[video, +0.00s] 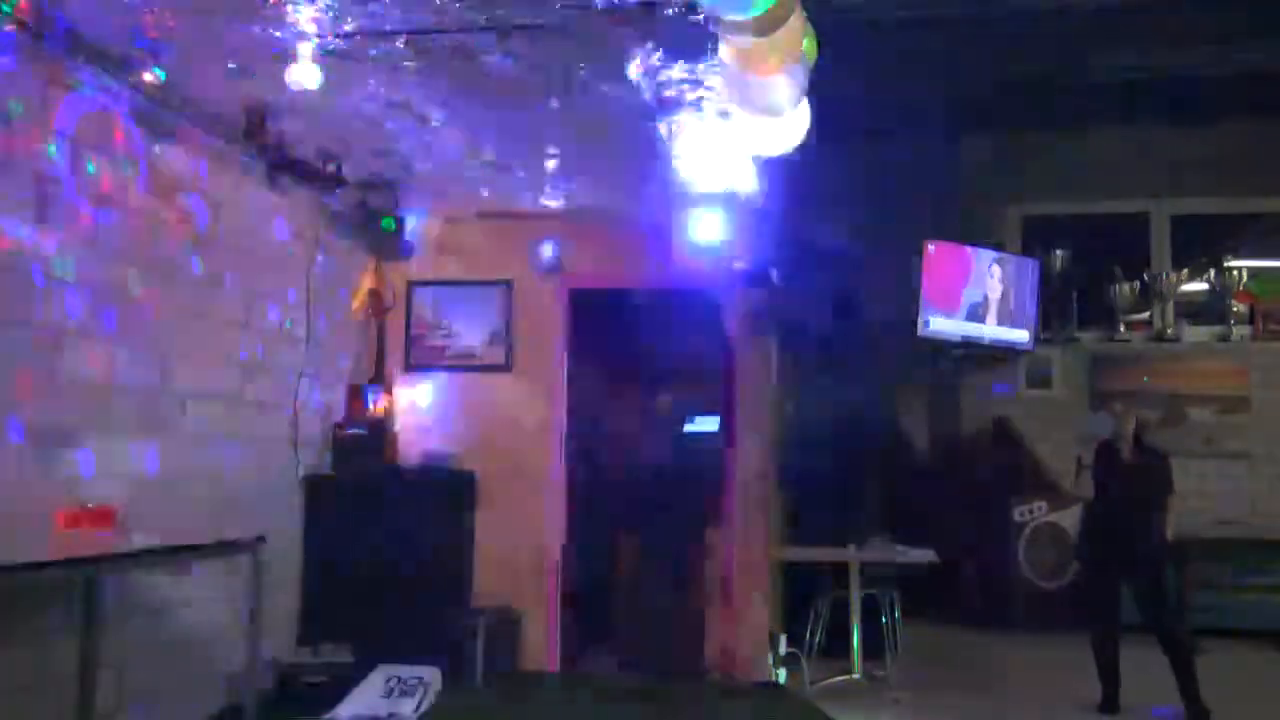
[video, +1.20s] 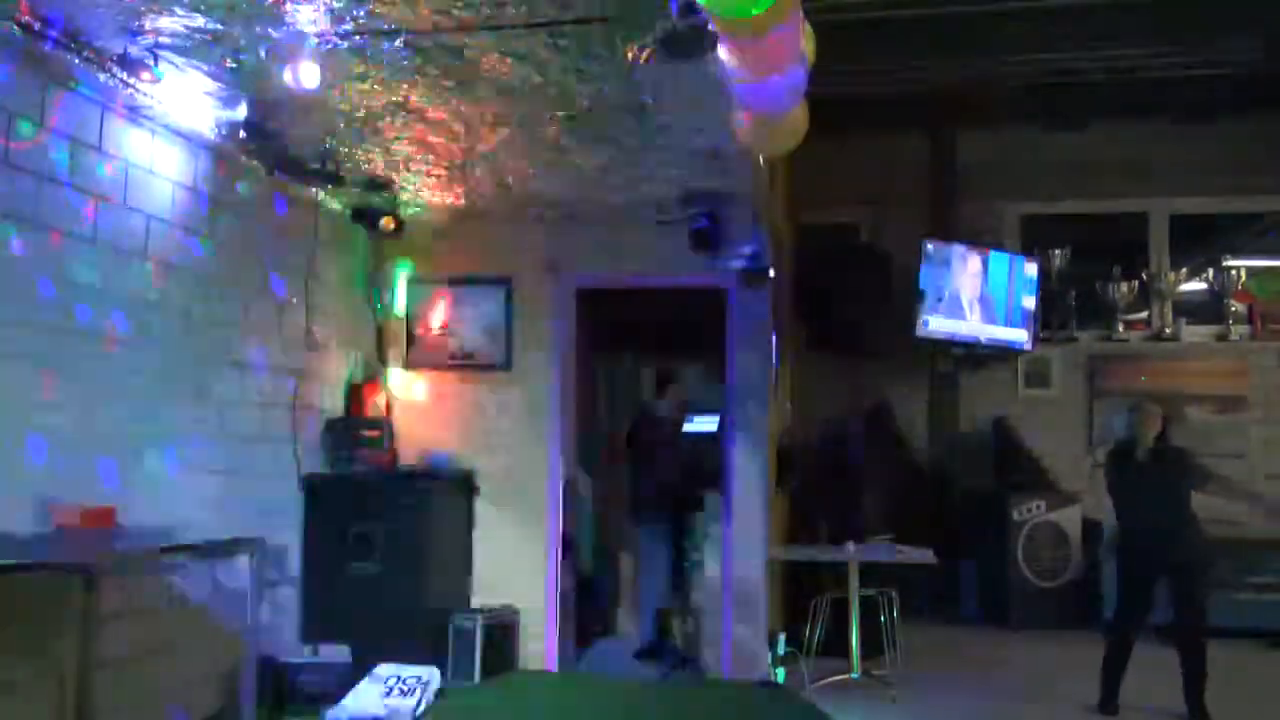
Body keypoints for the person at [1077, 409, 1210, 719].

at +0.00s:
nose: (1126, 424)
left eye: (1131, 418)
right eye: (1120, 418)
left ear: (1139, 423)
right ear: (1112, 422)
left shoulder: (1155, 458)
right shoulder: (1100, 454)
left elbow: (1167, 502)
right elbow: (1084, 494)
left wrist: (1166, 539)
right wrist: (1082, 466)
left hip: (1145, 550)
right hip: (1103, 549)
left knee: (1166, 626)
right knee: (1104, 626)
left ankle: (1193, 702)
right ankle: (1109, 697)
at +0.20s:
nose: (1132, 425)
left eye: (1137, 418)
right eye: (1127, 419)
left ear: (1150, 422)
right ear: (1120, 424)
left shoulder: (1171, 458)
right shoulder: (1115, 457)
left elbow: (1179, 506)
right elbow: (1115, 502)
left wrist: (1178, 543)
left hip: (1163, 553)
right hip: (1119, 553)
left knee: (1182, 631)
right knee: (1114, 629)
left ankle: (1198, 706)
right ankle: (1109, 701)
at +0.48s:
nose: (1148, 416)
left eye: (1154, 410)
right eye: (1146, 410)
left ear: (1172, 415)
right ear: (1142, 415)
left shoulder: (1193, 450)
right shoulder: (1137, 447)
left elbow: (1219, 494)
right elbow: (1137, 493)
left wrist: (1218, 513)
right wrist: (1129, 533)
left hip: (1190, 548)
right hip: (1145, 547)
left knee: (1195, 629)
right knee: (1134, 622)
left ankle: (1197, 702)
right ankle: (1116, 695)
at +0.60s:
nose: (1159, 415)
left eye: (1165, 408)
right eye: (1153, 409)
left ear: (1176, 413)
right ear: (1147, 415)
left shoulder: (1196, 446)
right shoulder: (1140, 447)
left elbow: (1226, 470)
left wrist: (1252, 484)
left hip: (1197, 547)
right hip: (1152, 546)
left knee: (1197, 627)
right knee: (1137, 621)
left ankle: (1197, 700)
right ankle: (1122, 690)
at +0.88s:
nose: (1164, 421)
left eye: (1169, 415)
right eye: (1158, 415)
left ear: (1177, 421)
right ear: (1149, 420)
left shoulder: (1194, 452)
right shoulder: (1139, 455)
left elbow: (1226, 464)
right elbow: (1140, 503)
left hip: (1200, 551)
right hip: (1157, 551)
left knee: (1202, 629)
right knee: (1140, 622)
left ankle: (1198, 702)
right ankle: (1117, 693)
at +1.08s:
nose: (1154, 424)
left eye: (1160, 418)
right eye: (1149, 418)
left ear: (1170, 424)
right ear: (1140, 423)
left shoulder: (1182, 454)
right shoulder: (1130, 455)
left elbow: (1210, 471)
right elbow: (1129, 500)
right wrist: (1140, 532)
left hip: (1193, 552)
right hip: (1153, 553)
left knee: (1200, 632)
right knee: (1132, 625)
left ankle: (1196, 703)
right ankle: (1110, 695)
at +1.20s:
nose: (1147, 424)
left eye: (1153, 419)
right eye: (1141, 417)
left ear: (1162, 424)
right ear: (1131, 422)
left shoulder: (1175, 458)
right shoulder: (1118, 457)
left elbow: (1212, 483)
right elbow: (1120, 493)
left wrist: (1258, 500)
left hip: (1182, 552)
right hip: (1137, 553)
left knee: (1191, 628)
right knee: (1125, 624)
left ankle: (1196, 704)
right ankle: (1108, 698)